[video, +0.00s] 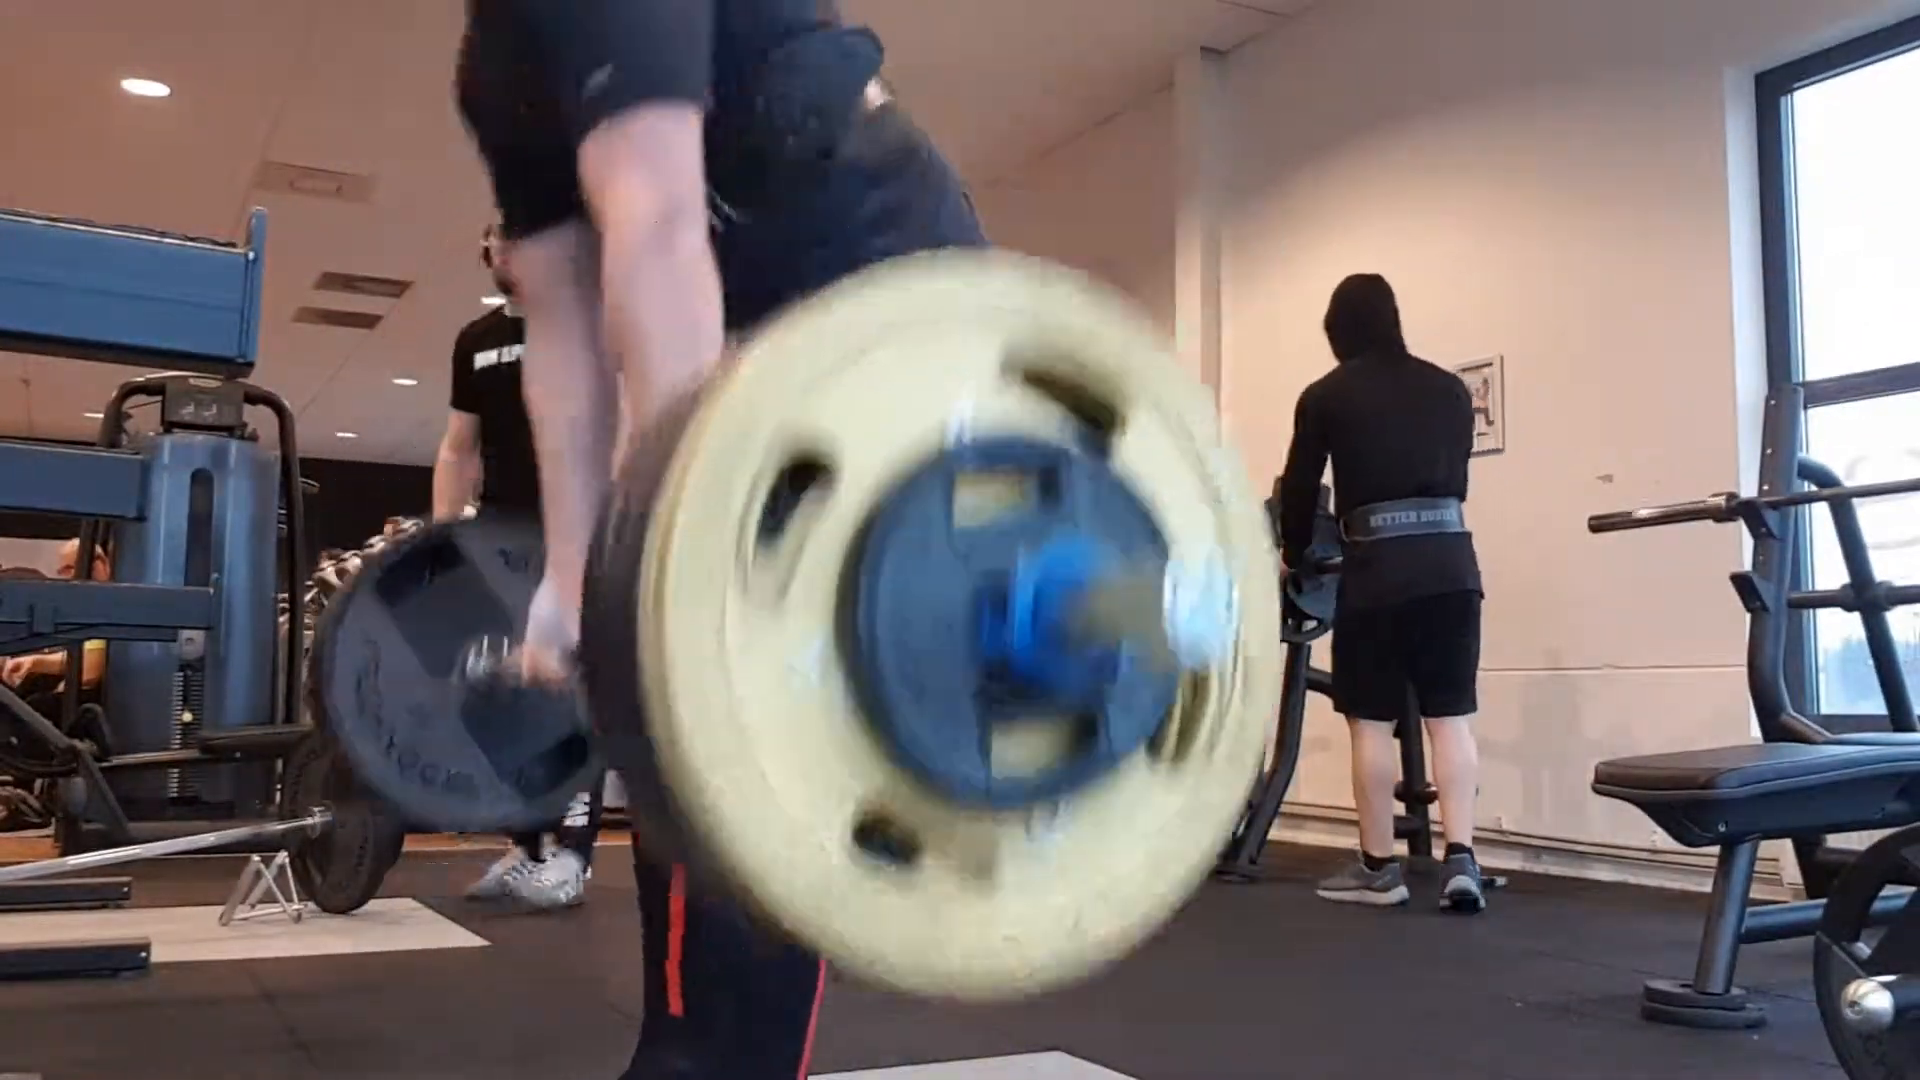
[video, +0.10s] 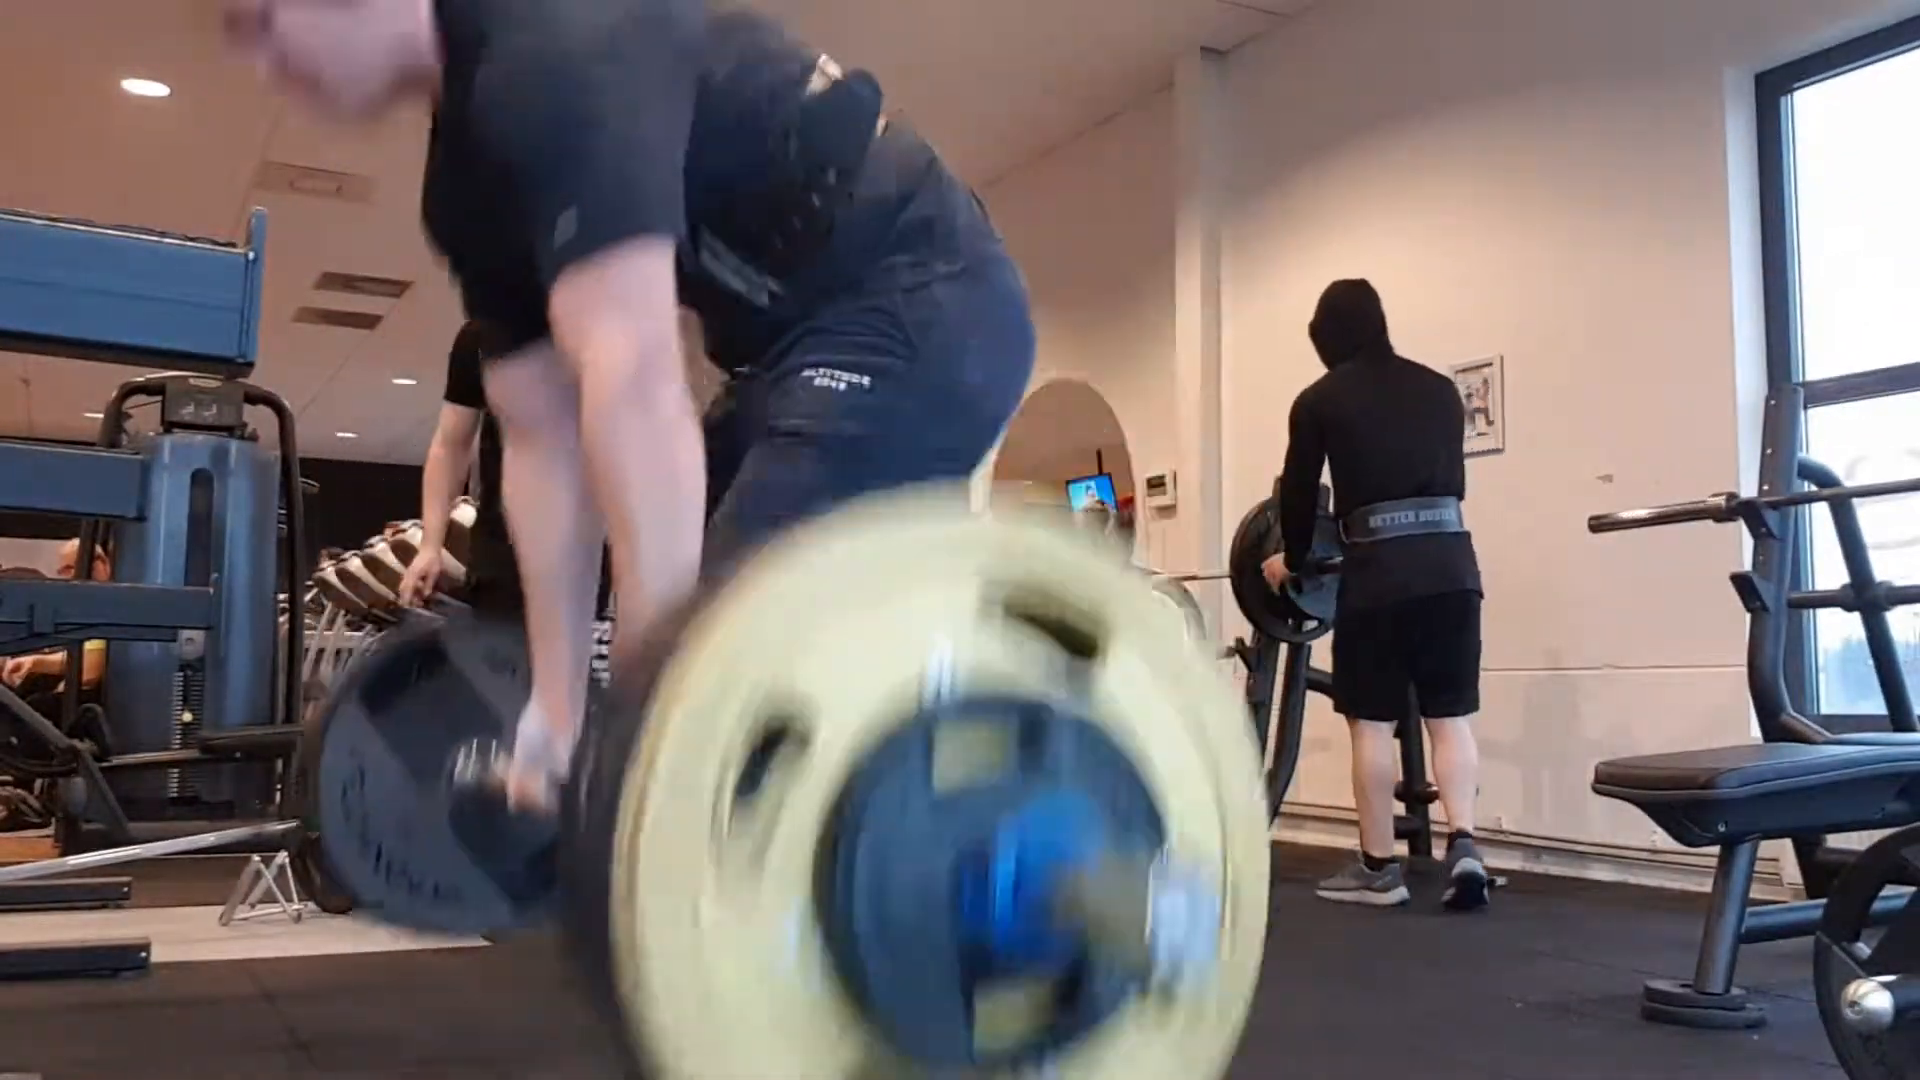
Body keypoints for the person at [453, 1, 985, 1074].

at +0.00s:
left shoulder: (609, 7)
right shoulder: (497, 51)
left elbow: (662, 230)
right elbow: (558, 307)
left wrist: (673, 550)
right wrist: (568, 566)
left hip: (884, 338)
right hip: (771, 352)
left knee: (743, 707)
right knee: (681, 695)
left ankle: (723, 1049)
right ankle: (696, 1040)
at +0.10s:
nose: (265, 65)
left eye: (262, 22)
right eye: (246, 43)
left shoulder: (553, 54)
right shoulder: (465, 170)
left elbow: (636, 384)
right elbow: (539, 434)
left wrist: (660, 685)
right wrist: (556, 707)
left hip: (907, 313)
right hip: (788, 354)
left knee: (733, 678)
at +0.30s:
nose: (277, 418)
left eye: (259, 373)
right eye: (252, 389)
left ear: (310, 309)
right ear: (321, 296)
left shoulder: (546, 307)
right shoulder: (454, 371)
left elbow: (706, 550)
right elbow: (580, 575)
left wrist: (696, 856)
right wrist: (566, 824)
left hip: (941, 430)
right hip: (819, 445)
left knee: (630, 671)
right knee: (554, 662)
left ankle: (711, 965)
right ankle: (630, 994)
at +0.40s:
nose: (302, 329)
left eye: (287, 293)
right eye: (277, 312)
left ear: (327, 214)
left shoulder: (561, 261)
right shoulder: (453, 355)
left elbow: (649, 583)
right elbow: (533, 606)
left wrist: (647, 907)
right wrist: (539, 862)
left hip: (932, 433)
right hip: (803, 457)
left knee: (628, 685)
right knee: (557, 659)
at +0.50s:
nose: (282, 321)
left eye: (268, 280)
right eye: (259, 300)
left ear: (318, 205)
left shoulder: (547, 286)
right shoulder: (454, 369)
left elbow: (661, 597)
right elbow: (554, 602)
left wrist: (656, 912)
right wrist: (547, 860)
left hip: (936, 459)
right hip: (814, 480)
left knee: (614, 676)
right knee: (533, 670)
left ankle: (701, 978)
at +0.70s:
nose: (281, 245)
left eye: (275, 200)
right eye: (258, 218)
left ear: (353, 135)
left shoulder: (554, 263)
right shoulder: (456, 356)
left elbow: (637, 593)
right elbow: (531, 606)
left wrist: (639, 912)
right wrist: (541, 859)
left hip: (916, 480)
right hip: (796, 498)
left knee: (577, 687)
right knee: (505, 688)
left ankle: (684, 974)